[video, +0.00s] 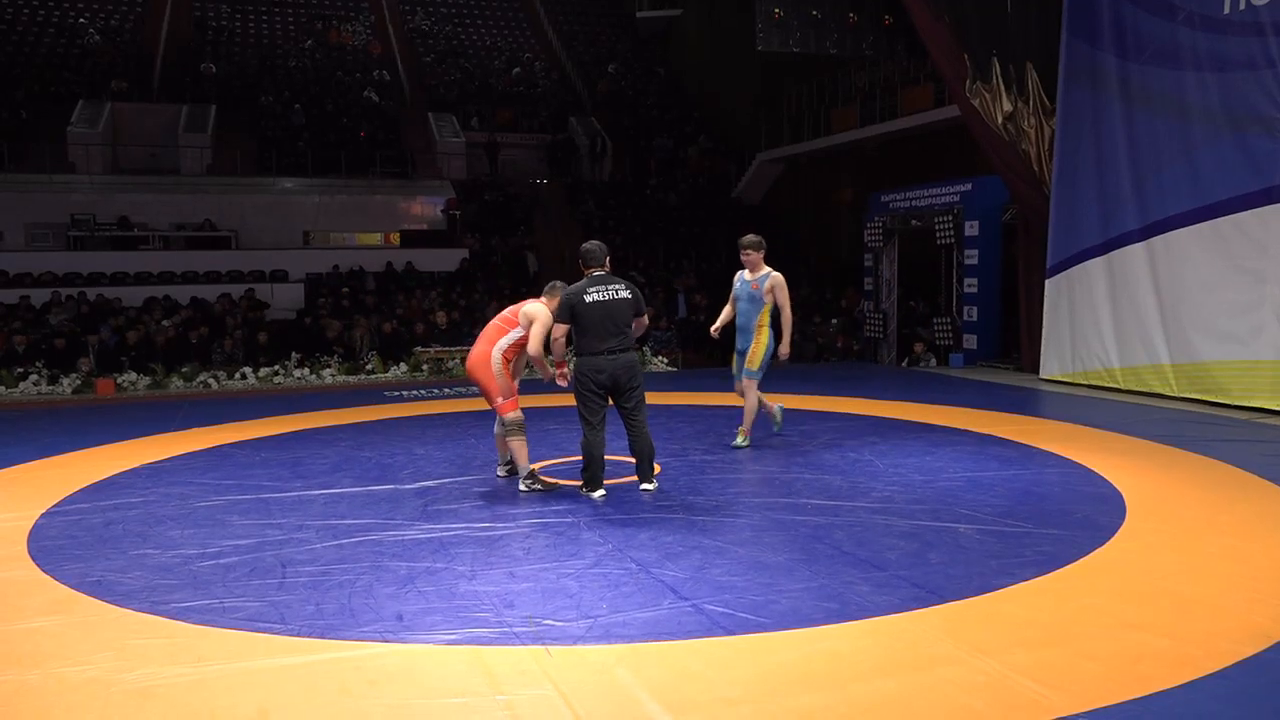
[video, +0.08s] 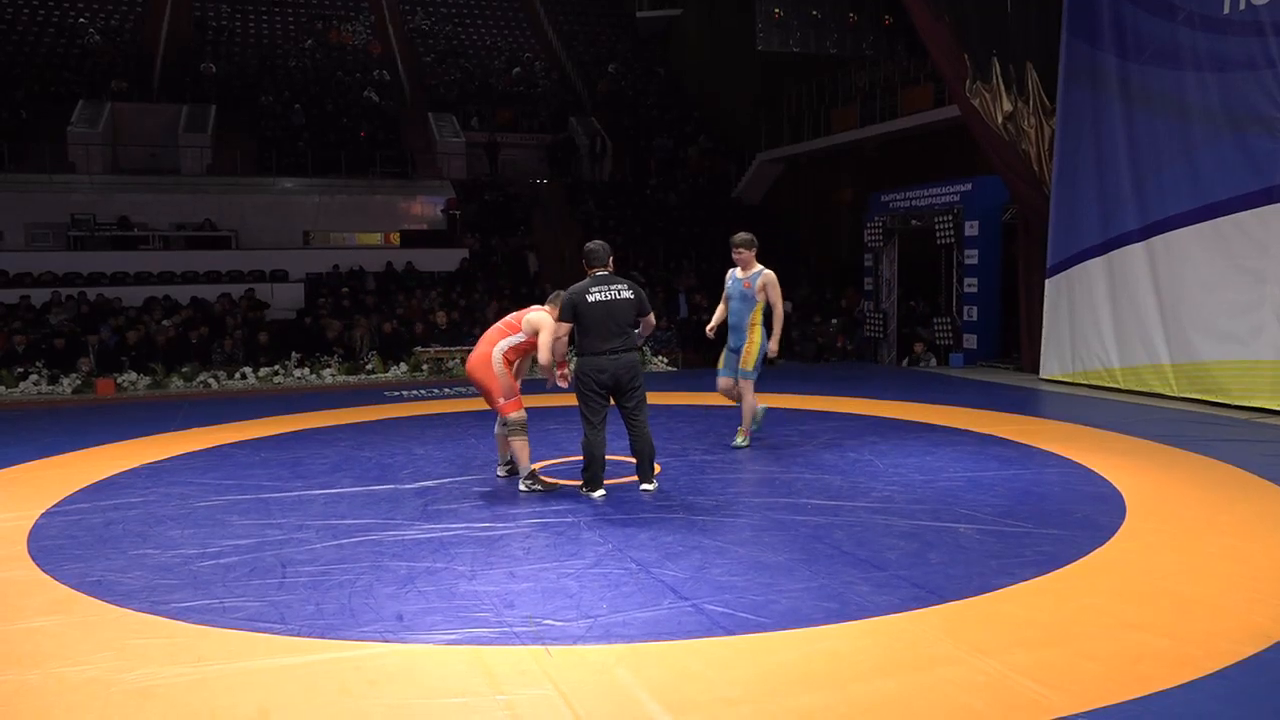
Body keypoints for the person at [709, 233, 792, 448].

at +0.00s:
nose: (744, 258)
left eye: (748, 254)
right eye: (742, 254)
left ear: (761, 254)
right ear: (740, 254)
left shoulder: (774, 279)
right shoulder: (739, 277)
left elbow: (785, 311)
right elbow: (731, 304)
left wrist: (785, 342)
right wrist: (719, 323)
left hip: (760, 338)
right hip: (741, 337)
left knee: (750, 383)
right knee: (740, 388)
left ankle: (744, 431)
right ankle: (772, 409)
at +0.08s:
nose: (735, 256)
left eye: (740, 252)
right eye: (733, 252)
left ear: (752, 252)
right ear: (732, 252)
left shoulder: (767, 276)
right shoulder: (731, 274)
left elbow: (777, 309)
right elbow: (724, 303)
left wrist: (775, 340)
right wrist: (714, 321)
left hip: (752, 338)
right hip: (733, 337)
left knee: (745, 384)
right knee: (724, 385)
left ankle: (744, 431)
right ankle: (755, 408)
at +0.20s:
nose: (722, 255)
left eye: (727, 251)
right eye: (721, 251)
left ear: (740, 250)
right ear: (719, 252)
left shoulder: (755, 273)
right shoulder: (719, 273)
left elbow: (767, 305)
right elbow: (712, 302)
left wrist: (757, 333)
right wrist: (702, 320)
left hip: (742, 340)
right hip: (719, 339)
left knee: (743, 387)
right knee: (704, 380)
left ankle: (744, 431)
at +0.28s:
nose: (713, 256)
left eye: (717, 252)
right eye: (711, 252)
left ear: (731, 251)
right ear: (709, 253)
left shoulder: (746, 273)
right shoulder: (709, 276)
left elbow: (760, 303)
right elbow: (702, 304)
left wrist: (747, 328)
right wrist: (691, 321)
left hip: (735, 342)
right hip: (710, 342)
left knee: (739, 389)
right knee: (696, 386)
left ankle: (743, 431)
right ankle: (688, 432)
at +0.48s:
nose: (690, 260)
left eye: (695, 256)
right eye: (688, 256)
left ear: (707, 254)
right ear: (685, 257)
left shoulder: (725, 276)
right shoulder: (685, 281)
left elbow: (740, 307)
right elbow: (675, 310)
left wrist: (729, 332)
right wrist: (666, 321)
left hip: (713, 346)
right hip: (688, 345)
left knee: (714, 396)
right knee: (678, 390)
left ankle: (738, 425)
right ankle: (674, 440)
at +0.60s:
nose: (678, 259)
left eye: (682, 254)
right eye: (675, 255)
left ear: (695, 251)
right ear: (673, 256)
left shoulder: (715, 273)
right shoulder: (671, 280)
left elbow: (730, 303)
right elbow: (668, 314)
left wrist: (721, 331)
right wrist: (661, 319)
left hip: (704, 343)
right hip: (679, 343)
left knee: (698, 390)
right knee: (675, 391)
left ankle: (718, 424)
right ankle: (676, 439)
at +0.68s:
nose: (671, 259)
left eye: (675, 254)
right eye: (668, 255)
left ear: (688, 251)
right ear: (665, 256)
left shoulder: (709, 272)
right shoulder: (664, 280)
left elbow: (725, 302)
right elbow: (655, 310)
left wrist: (717, 331)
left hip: (700, 342)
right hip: (674, 342)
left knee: (690, 388)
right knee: (673, 392)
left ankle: (702, 436)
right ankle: (675, 439)